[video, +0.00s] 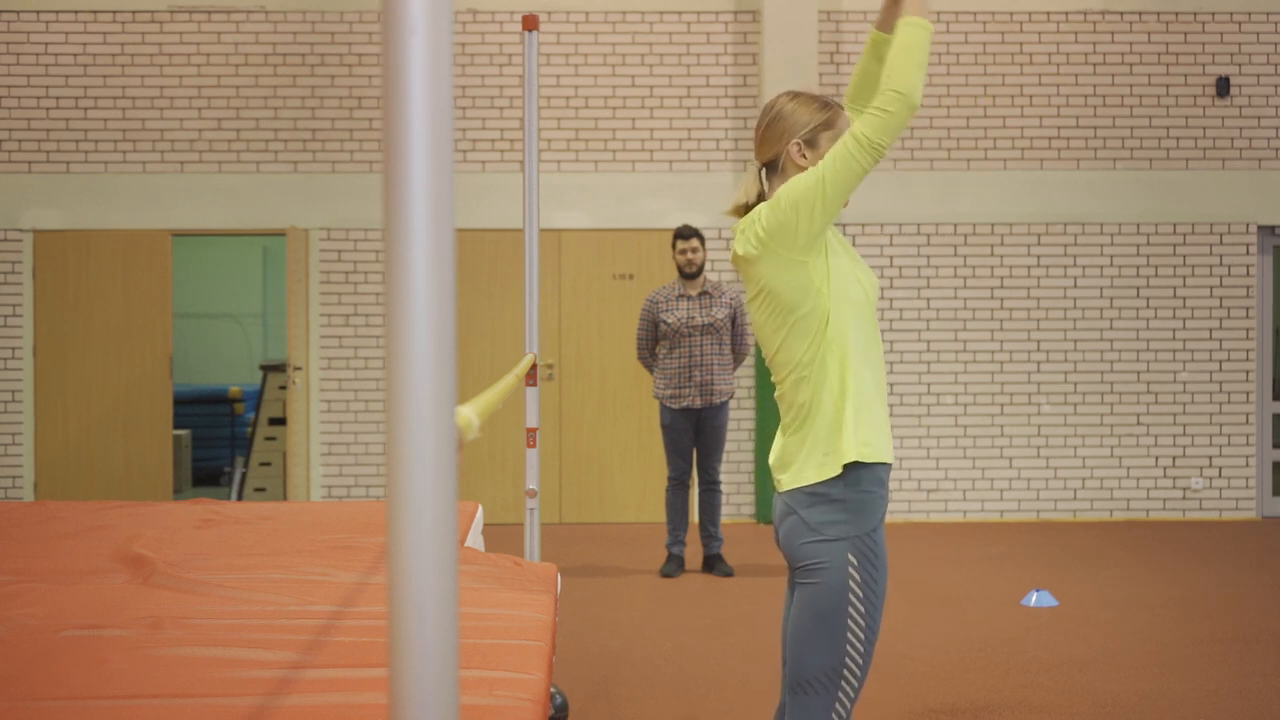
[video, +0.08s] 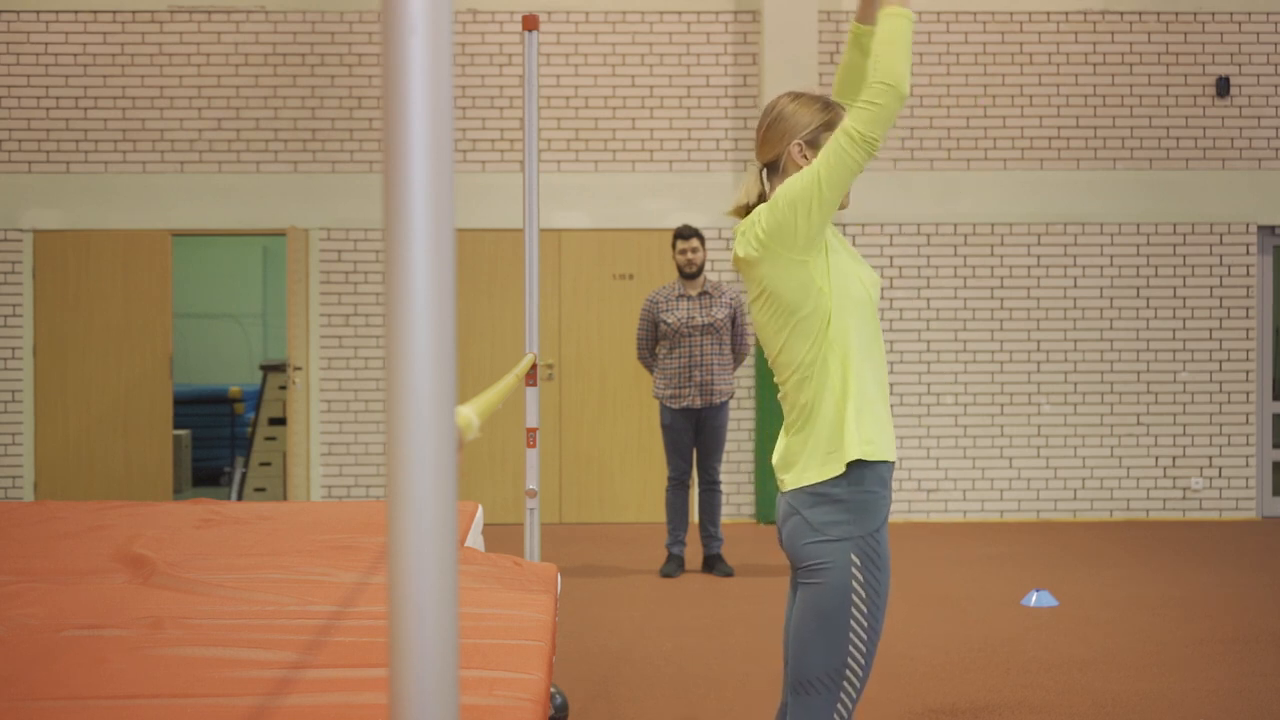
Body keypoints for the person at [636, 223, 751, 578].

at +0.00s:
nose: (688, 256)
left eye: (694, 250)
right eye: (682, 251)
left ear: (705, 253)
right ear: (673, 256)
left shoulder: (729, 297)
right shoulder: (658, 300)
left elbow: (742, 347)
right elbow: (644, 351)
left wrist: (718, 372)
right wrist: (670, 376)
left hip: (715, 402)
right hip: (674, 403)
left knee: (710, 479)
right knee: (678, 477)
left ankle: (713, 553)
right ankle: (675, 552)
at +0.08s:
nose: (688, 256)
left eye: (694, 250)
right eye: (682, 251)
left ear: (705, 253)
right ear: (673, 256)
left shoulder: (729, 297)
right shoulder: (658, 300)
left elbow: (742, 347)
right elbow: (644, 351)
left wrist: (718, 372)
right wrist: (670, 376)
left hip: (716, 402)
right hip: (674, 402)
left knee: (710, 478)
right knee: (678, 477)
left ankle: (713, 553)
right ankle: (675, 552)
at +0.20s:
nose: (688, 256)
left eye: (694, 250)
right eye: (682, 252)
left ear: (705, 254)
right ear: (673, 257)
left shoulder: (728, 297)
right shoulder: (658, 300)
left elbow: (742, 347)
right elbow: (644, 350)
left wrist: (718, 372)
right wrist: (669, 376)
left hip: (715, 402)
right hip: (674, 402)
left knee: (710, 479)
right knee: (679, 478)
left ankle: (713, 553)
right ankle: (675, 553)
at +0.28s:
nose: (688, 256)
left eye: (694, 250)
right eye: (681, 251)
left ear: (704, 253)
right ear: (673, 256)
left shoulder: (728, 297)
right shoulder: (658, 300)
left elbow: (742, 347)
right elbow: (644, 351)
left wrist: (719, 372)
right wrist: (670, 376)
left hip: (715, 402)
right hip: (675, 403)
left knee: (710, 479)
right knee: (678, 478)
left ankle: (713, 553)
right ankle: (675, 553)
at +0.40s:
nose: (688, 256)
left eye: (693, 250)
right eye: (681, 251)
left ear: (704, 253)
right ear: (673, 256)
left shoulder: (728, 297)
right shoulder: (658, 300)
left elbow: (741, 347)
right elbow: (644, 351)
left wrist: (718, 372)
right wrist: (669, 376)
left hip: (715, 402)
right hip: (675, 402)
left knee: (710, 479)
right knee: (678, 478)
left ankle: (713, 553)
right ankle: (675, 553)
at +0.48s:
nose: (688, 256)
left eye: (693, 250)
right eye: (681, 252)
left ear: (704, 253)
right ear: (673, 257)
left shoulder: (728, 297)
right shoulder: (658, 300)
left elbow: (742, 347)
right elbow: (644, 351)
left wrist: (719, 372)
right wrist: (670, 377)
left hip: (715, 402)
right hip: (675, 402)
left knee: (710, 479)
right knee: (678, 477)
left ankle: (713, 553)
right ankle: (675, 553)